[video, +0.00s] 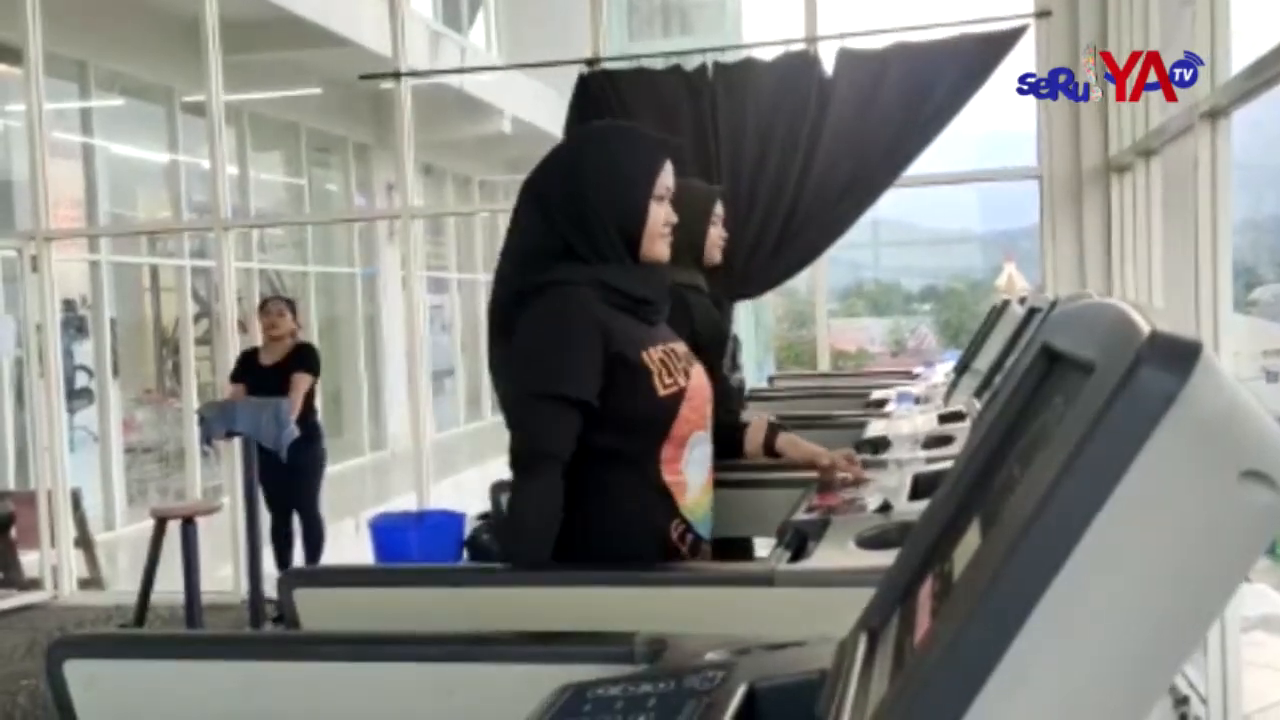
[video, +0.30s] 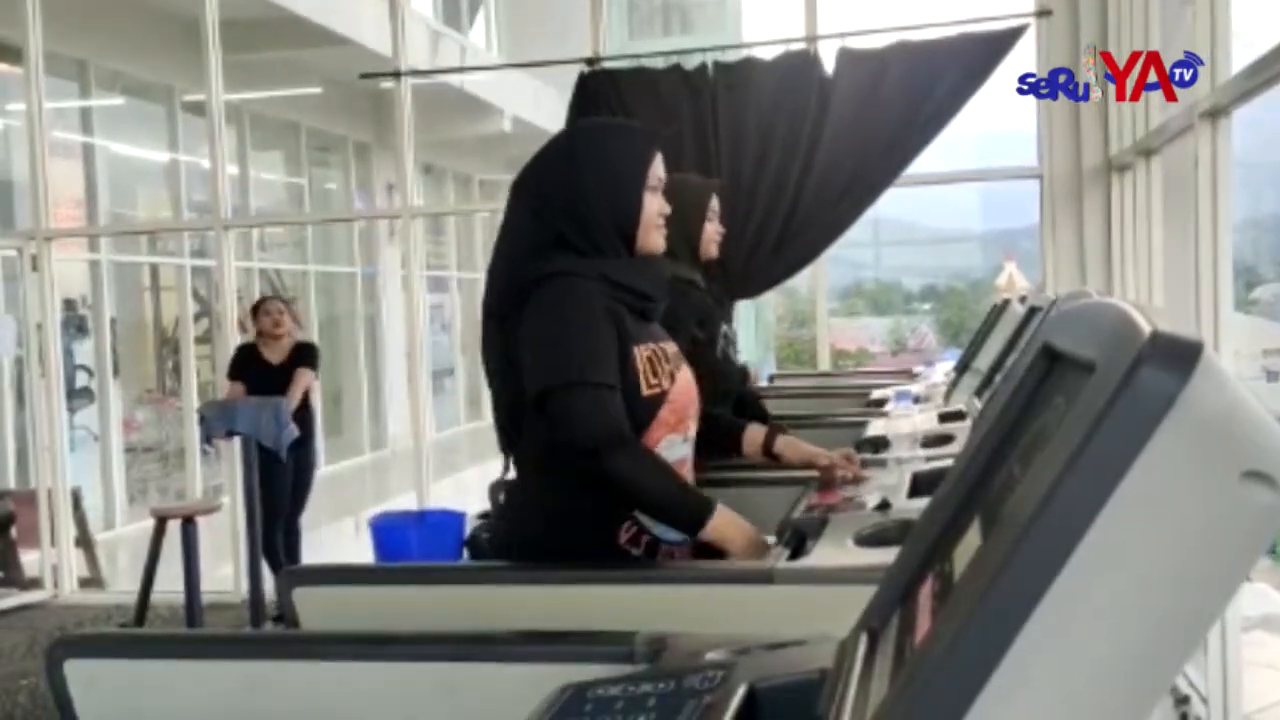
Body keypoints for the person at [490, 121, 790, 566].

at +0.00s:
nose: (674, 216)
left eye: (670, 199)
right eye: (659, 199)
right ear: (613, 202)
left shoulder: (637, 306)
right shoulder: (568, 312)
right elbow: (540, 470)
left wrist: (783, 444)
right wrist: (522, 599)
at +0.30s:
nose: (666, 207)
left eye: (662, 191)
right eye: (653, 190)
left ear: (617, 197)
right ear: (607, 193)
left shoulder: (624, 297)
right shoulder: (570, 300)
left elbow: (675, 420)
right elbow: (599, 448)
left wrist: (782, 447)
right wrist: (717, 523)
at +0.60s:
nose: (671, 194)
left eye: (669, 178)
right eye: (656, 177)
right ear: (608, 180)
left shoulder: (637, 278)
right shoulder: (560, 280)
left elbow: (670, 415)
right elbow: (551, 434)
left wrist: (778, 443)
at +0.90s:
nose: (668, 218)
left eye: (666, 203)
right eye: (654, 203)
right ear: (604, 205)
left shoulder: (634, 307)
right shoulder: (547, 312)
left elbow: (660, 431)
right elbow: (499, 461)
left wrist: (770, 447)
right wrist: (461, 578)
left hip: (651, 566)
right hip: (580, 577)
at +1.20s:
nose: (655, 211)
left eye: (653, 195)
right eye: (643, 193)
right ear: (593, 191)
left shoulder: (610, 288)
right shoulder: (549, 293)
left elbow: (664, 411)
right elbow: (568, 450)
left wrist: (785, 453)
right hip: (566, 571)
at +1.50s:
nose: (659, 216)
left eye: (657, 200)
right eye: (646, 199)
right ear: (597, 196)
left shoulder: (628, 295)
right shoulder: (551, 298)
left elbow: (676, 411)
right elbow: (558, 448)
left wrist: (779, 446)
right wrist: (653, 558)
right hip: (587, 569)